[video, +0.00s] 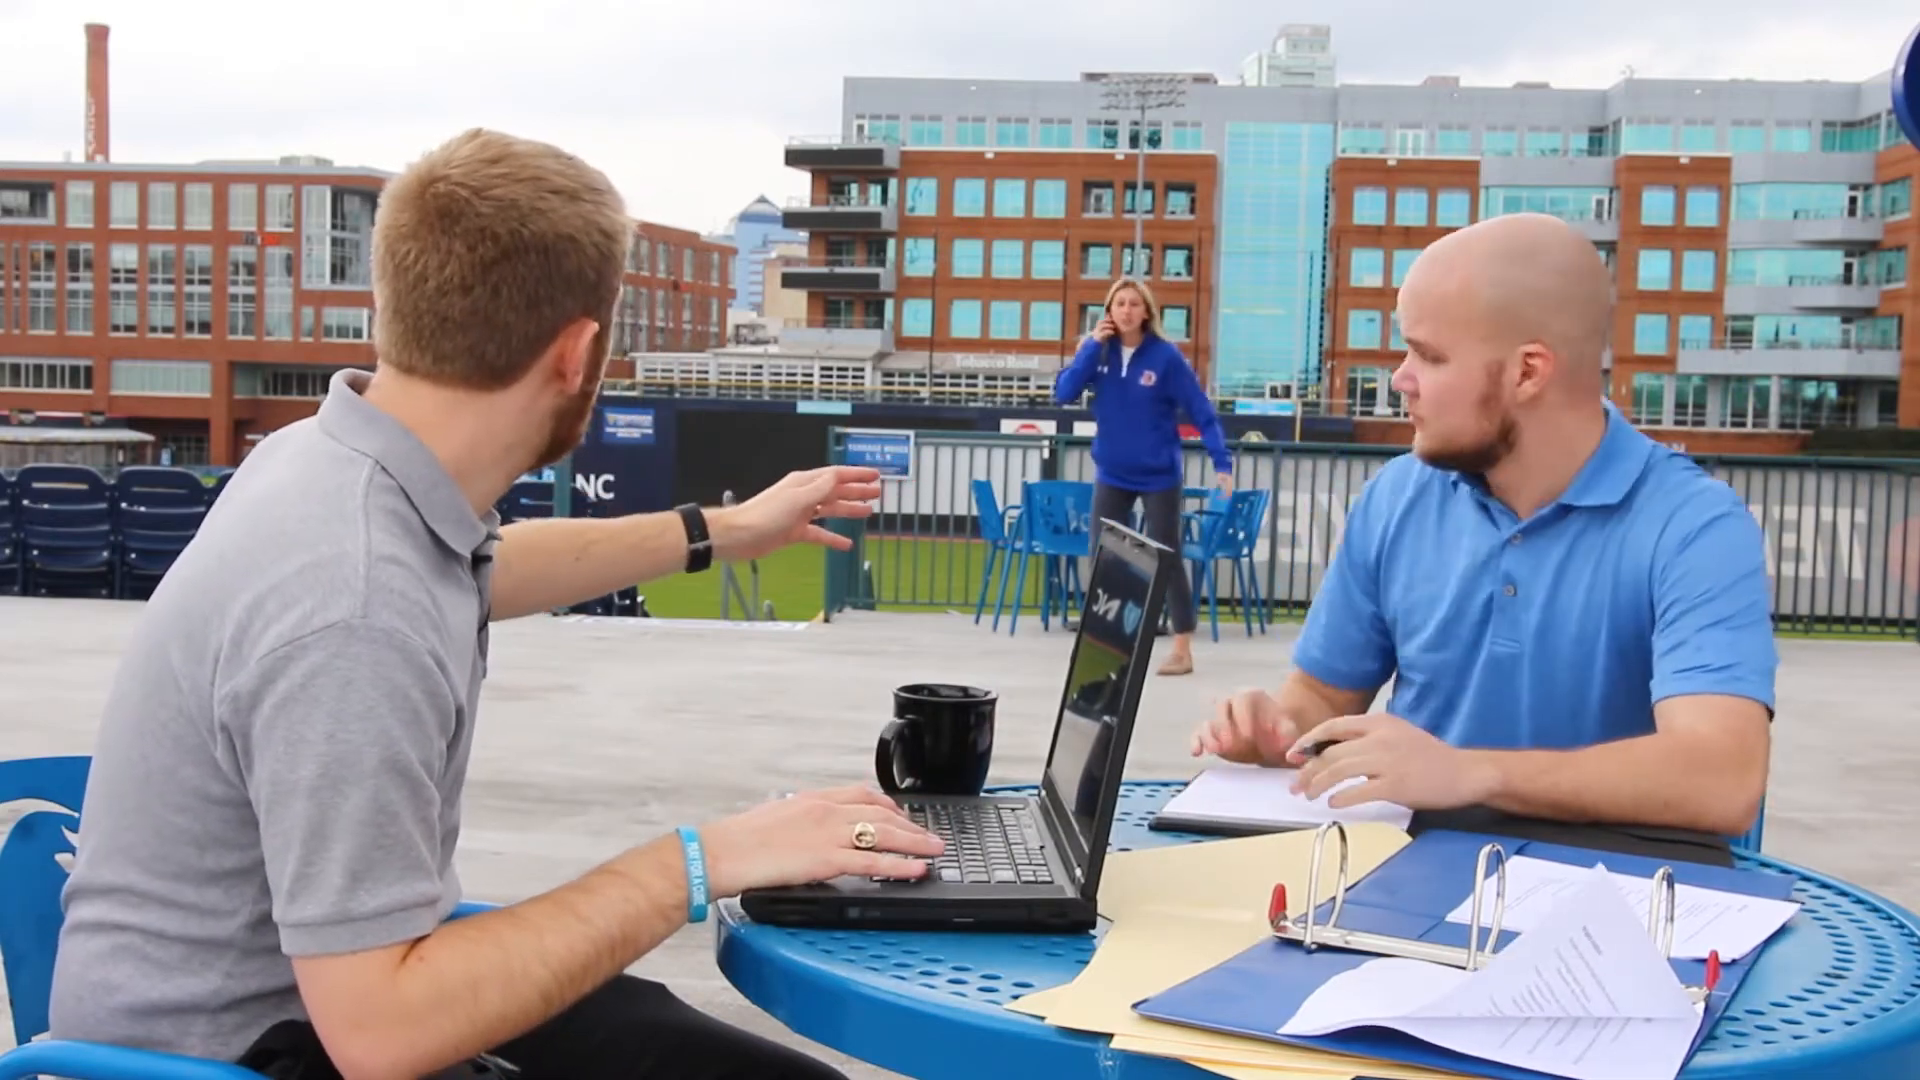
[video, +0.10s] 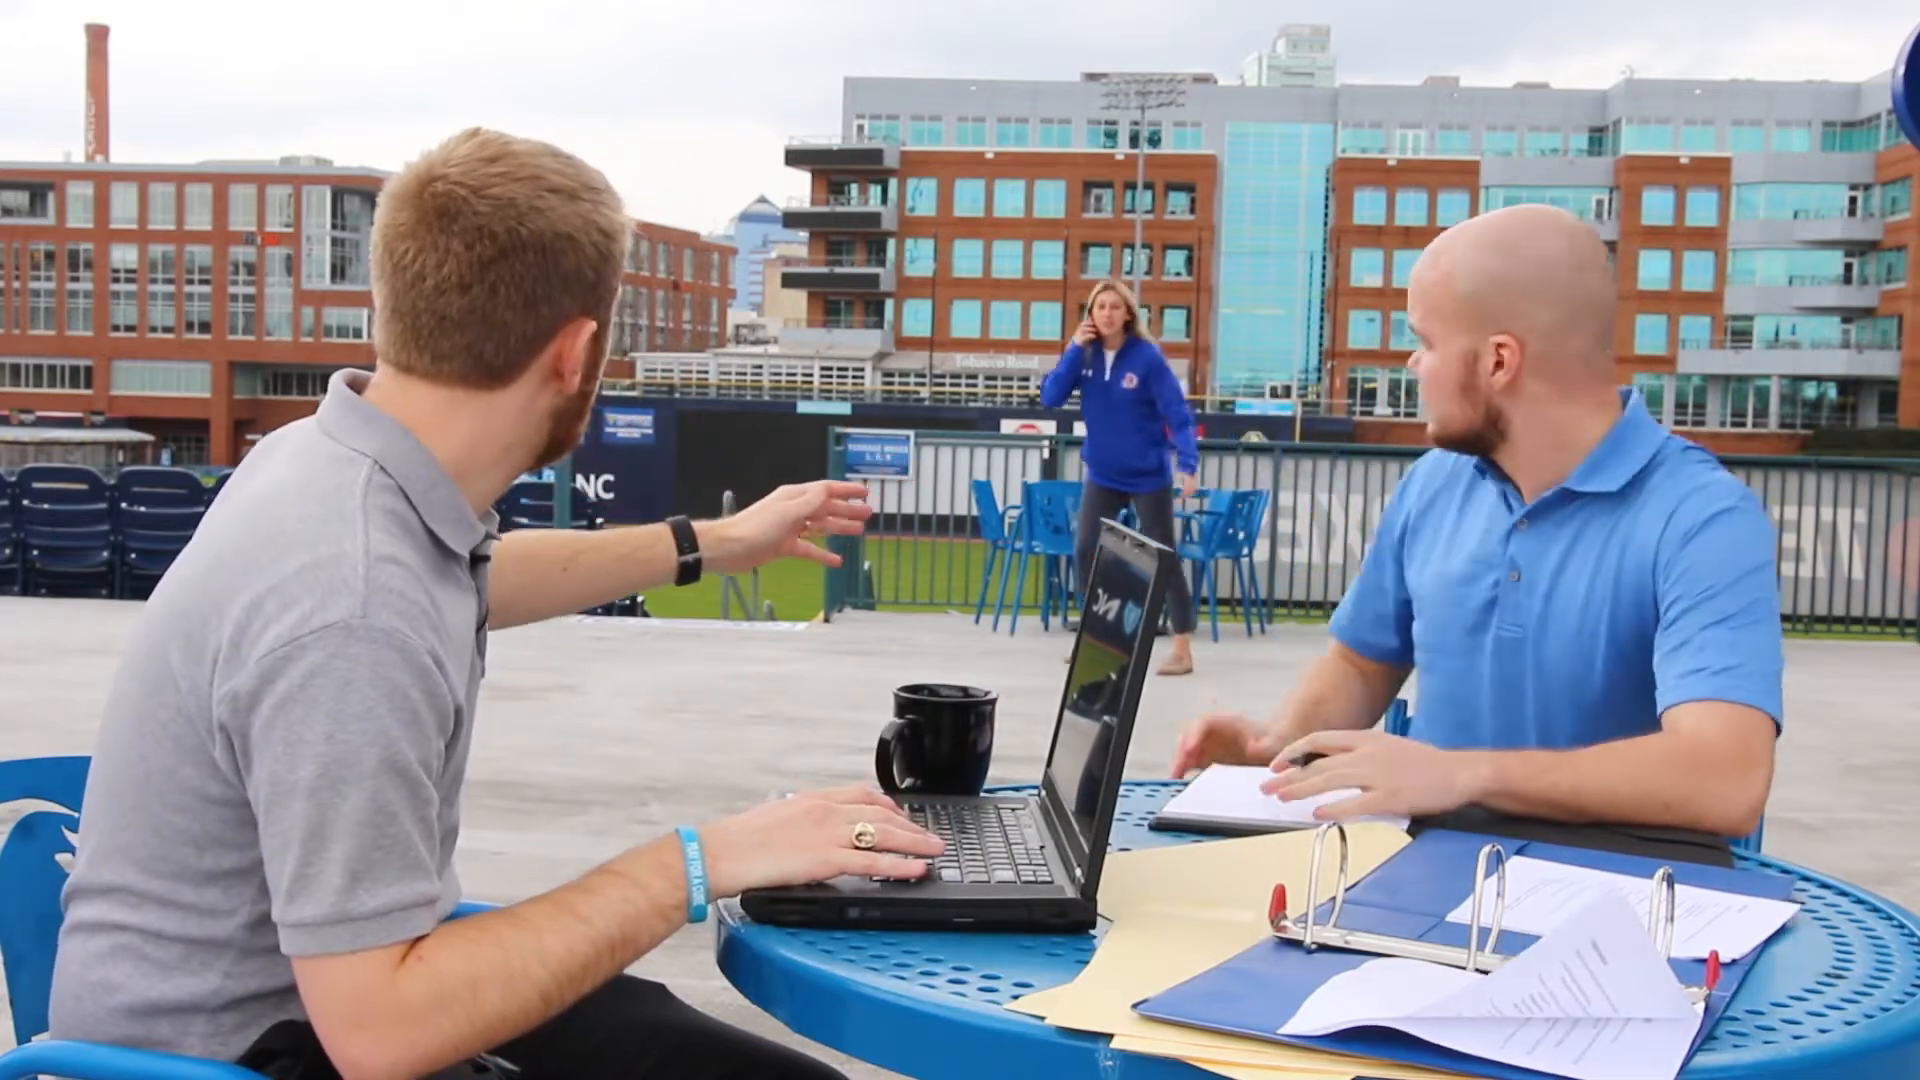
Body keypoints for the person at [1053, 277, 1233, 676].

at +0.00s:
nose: (1126, 311)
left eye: (1134, 305)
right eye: (1120, 304)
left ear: (1147, 311)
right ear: (1110, 310)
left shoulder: (1165, 356)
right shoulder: (1098, 351)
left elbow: (1201, 411)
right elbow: (1063, 394)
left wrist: (1223, 464)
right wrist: (1092, 345)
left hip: (1159, 475)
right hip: (1112, 473)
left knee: (1167, 556)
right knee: (1102, 557)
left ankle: (1182, 648)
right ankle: (1104, 645)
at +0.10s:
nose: (1107, 314)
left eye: (1114, 307)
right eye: (1101, 307)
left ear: (1128, 313)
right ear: (1092, 313)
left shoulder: (1146, 355)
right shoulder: (1083, 353)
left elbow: (1177, 411)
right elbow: (1050, 398)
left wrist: (1188, 465)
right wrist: (1075, 348)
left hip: (1148, 476)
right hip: (1101, 474)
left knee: (1164, 557)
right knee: (1085, 551)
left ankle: (1182, 646)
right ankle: (1102, 637)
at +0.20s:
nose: (1082, 319)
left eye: (1090, 312)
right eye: (1075, 312)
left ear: (1103, 317)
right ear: (1066, 318)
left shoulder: (1122, 361)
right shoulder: (1063, 359)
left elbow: (1144, 422)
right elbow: (1029, 402)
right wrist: (1051, 354)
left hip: (1134, 477)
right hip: (1087, 477)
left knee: (1156, 556)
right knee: (1064, 550)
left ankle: (1180, 644)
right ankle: (1087, 637)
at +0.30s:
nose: (1046, 326)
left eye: (1054, 318)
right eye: (1040, 319)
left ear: (1070, 324)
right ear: (1033, 326)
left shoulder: (1088, 365)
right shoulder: (1033, 367)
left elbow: (1105, 428)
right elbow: (1003, 408)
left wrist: (1062, 464)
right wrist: (1017, 361)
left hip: (1111, 478)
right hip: (1071, 481)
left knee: (1138, 557)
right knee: (1037, 553)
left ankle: (1179, 644)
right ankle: (1077, 636)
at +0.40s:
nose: (998, 328)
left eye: (1006, 321)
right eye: (994, 321)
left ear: (1024, 326)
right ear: (989, 327)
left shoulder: (1043, 367)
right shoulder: (994, 371)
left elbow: (1073, 425)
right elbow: (972, 418)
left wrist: (1052, 476)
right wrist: (978, 369)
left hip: (1074, 482)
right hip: (1035, 486)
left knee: (1098, 567)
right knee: (1019, 565)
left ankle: (1164, 634)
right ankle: (1078, 637)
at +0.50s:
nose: (942, 331)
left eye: (950, 323)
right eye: (939, 324)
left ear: (971, 328)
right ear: (938, 332)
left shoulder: (995, 369)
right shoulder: (948, 375)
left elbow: (1045, 413)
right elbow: (925, 421)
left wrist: (1063, 465)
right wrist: (931, 370)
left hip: (1028, 482)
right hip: (998, 487)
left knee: (1006, 569)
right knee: (1008, 570)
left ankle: (1076, 608)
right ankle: (1074, 633)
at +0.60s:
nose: (885, 320)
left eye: (891, 312)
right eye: (884, 313)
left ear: (915, 315)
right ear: (892, 319)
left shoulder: (945, 356)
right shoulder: (899, 363)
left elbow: (1003, 391)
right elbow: (877, 414)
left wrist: (1024, 437)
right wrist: (876, 367)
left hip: (970, 470)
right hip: (953, 472)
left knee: (916, 541)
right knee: (1000, 556)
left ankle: (966, 625)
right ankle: (1061, 625)